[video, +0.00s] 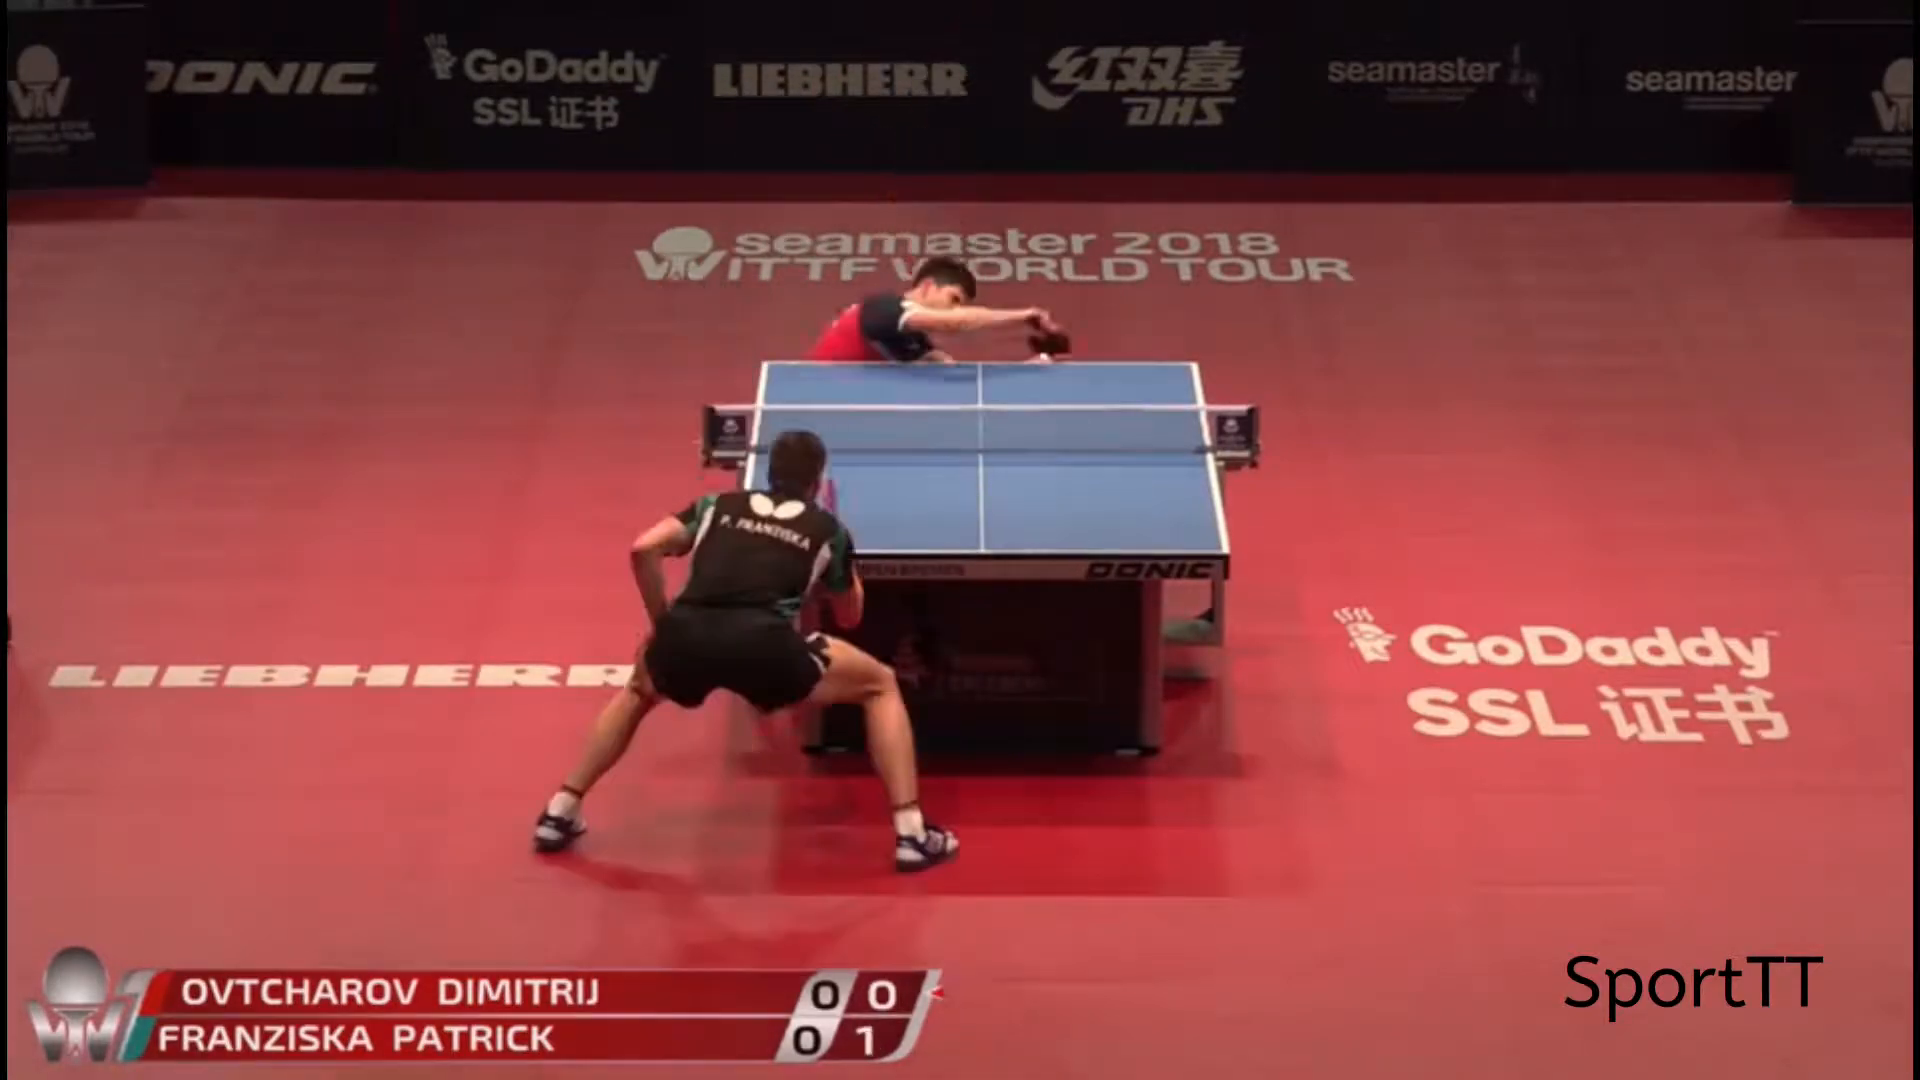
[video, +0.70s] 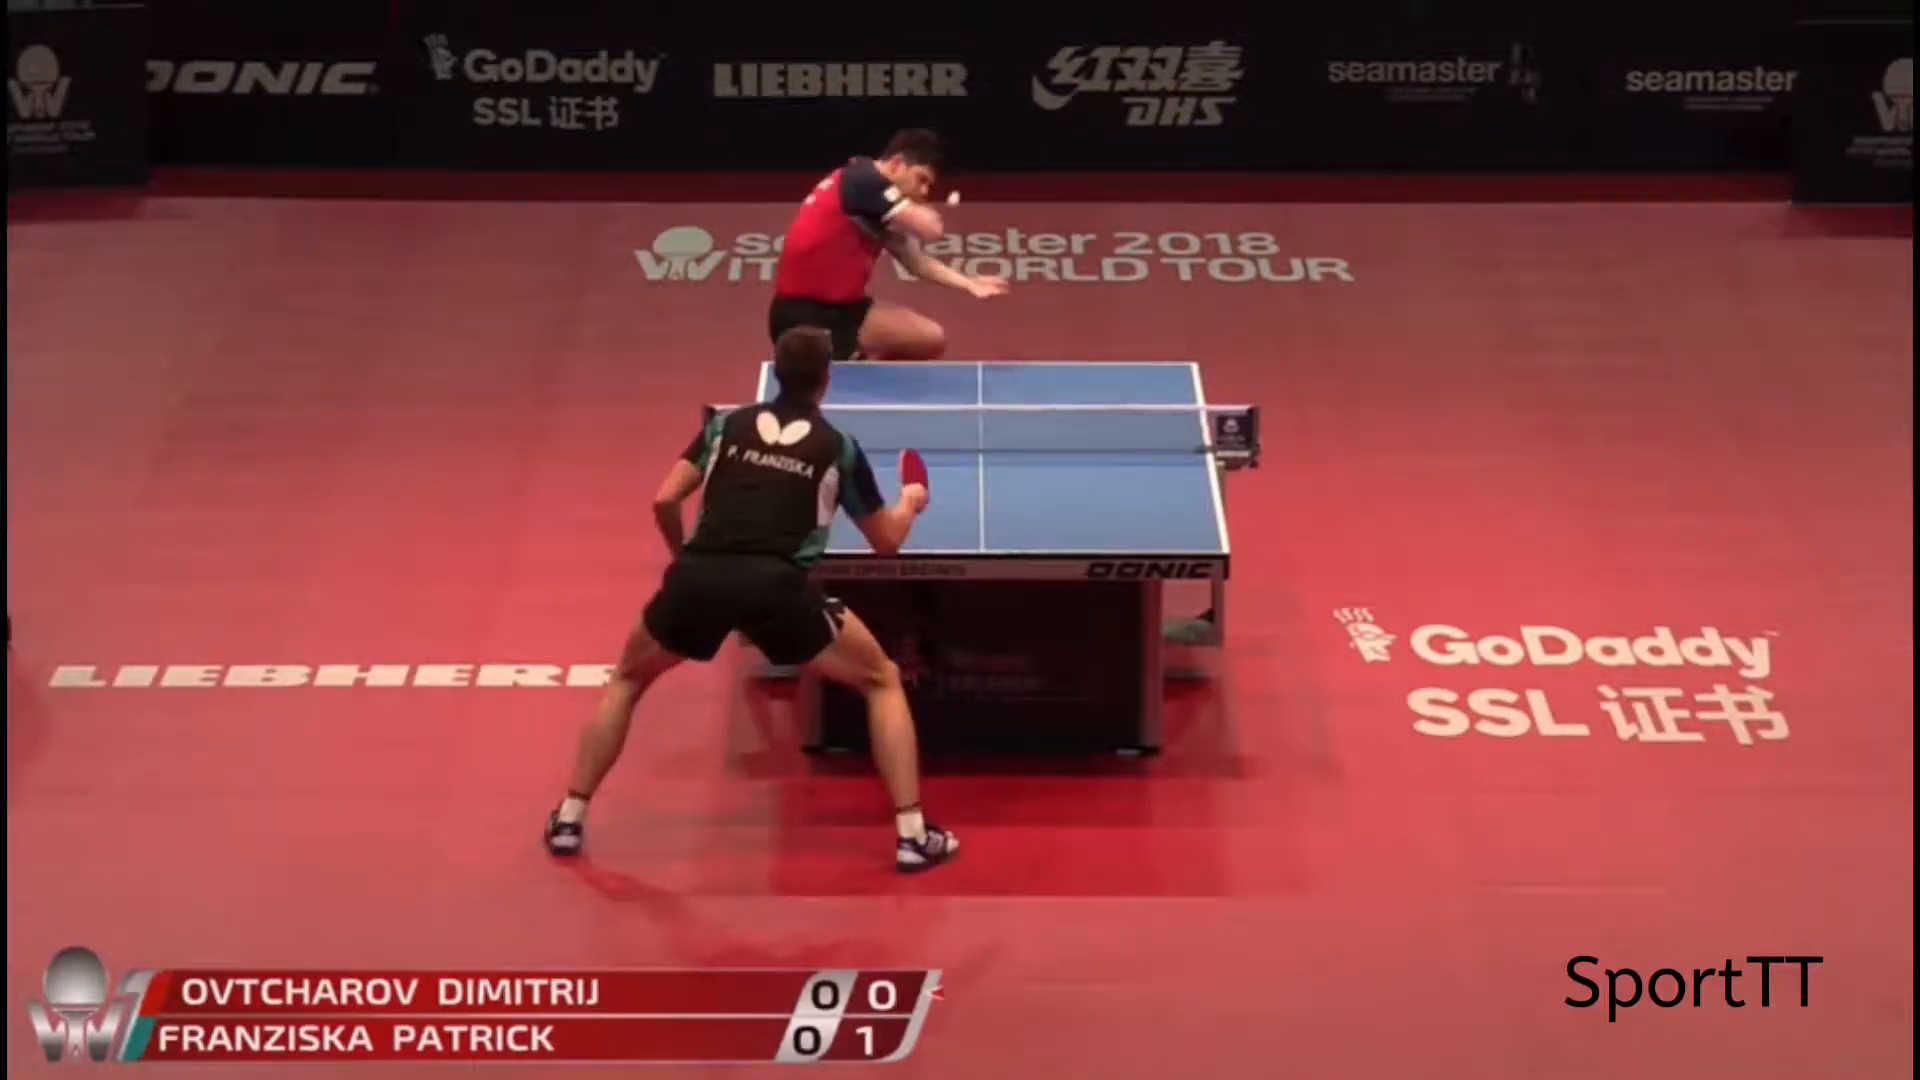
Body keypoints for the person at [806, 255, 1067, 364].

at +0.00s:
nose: (955, 313)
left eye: (962, 308)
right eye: (953, 300)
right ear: (927, 286)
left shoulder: (909, 343)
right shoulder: (879, 309)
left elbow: (951, 370)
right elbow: (952, 323)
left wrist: (1024, 367)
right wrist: (1023, 317)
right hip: (817, 396)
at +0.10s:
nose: (946, 264)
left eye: (952, 258)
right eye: (945, 252)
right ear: (920, 237)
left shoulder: (903, 295)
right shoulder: (874, 258)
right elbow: (945, 274)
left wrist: (1022, 333)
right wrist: (1011, 265)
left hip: (850, 387)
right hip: (809, 383)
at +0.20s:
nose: (946, 264)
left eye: (952, 258)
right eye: (944, 252)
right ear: (919, 237)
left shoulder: (902, 294)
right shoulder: (874, 257)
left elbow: (953, 331)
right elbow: (944, 275)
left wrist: (1022, 333)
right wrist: (1011, 265)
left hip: (850, 387)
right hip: (810, 383)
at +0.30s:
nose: (944, 244)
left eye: (951, 239)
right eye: (944, 230)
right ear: (917, 215)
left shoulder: (900, 274)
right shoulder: (870, 239)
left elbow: (952, 304)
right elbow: (950, 255)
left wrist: (1019, 295)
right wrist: (1006, 252)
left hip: (849, 365)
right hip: (810, 363)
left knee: (911, 403)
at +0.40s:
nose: (943, 210)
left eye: (948, 204)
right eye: (940, 198)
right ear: (915, 185)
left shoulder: (899, 236)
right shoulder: (879, 206)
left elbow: (944, 266)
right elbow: (966, 230)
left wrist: (993, 252)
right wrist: (988, 229)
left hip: (845, 336)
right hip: (810, 335)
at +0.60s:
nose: (934, 184)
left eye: (940, 178)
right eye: (932, 171)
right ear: (906, 158)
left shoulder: (882, 206)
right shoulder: (878, 179)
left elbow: (911, 262)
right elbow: (960, 203)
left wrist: (960, 273)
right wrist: (929, 190)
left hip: (838, 307)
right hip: (801, 313)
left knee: (915, 348)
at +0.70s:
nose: (924, 192)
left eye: (928, 186)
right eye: (921, 180)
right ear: (896, 164)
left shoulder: (875, 199)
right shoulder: (860, 177)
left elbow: (914, 260)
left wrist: (969, 283)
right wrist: (913, 206)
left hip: (845, 307)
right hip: (804, 313)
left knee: (929, 338)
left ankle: (863, 361)